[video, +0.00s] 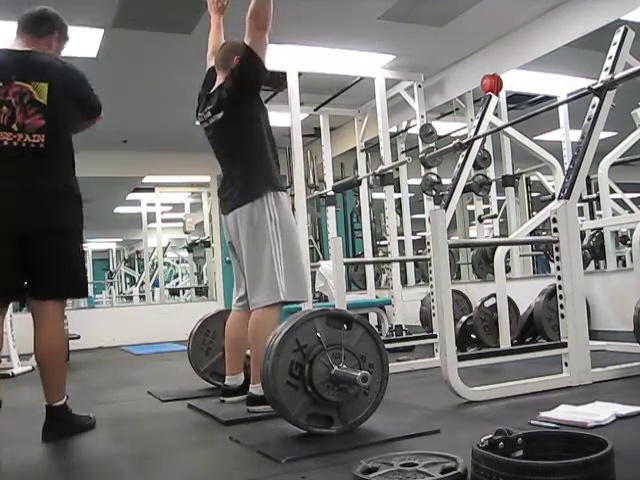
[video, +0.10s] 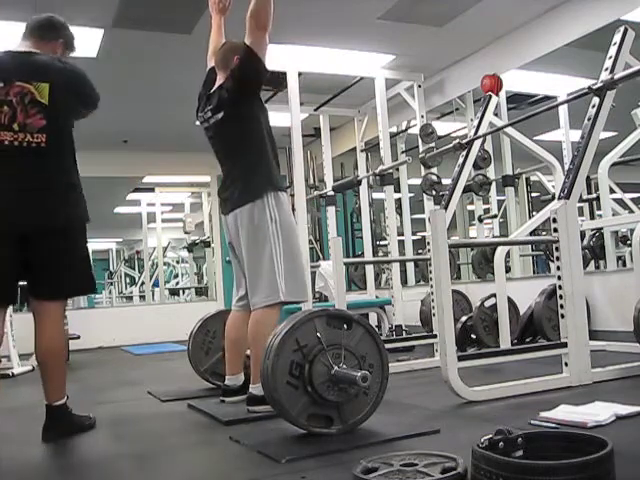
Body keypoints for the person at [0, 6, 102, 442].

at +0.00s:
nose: (62, 52)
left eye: (63, 47)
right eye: (64, 45)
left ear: (20, 34)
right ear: (55, 39)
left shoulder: (0, 64)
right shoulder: (64, 74)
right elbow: (90, 114)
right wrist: (49, 124)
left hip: (0, 212)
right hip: (49, 212)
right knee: (48, 310)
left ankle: (58, 411)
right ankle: (57, 413)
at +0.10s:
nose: (65, 57)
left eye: (65, 52)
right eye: (67, 51)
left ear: (26, 37)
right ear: (60, 44)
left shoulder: (0, 63)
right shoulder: (65, 75)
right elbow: (88, 102)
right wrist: (58, 66)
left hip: (1, 213)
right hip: (50, 213)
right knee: (49, 312)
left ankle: (58, 411)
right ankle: (57, 413)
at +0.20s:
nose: (65, 62)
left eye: (64, 57)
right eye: (66, 56)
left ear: (28, 42)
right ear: (58, 49)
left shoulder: (2, 64)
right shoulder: (64, 77)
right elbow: (87, 92)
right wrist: (58, 66)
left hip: (2, 213)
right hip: (50, 213)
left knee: (2, 309)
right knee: (48, 311)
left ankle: (58, 412)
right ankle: (57, 413)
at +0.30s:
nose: (60, 64)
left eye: (60, 59)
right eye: (62, 58)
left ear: (23, 45)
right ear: (53, 51)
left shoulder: (2, 66)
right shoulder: (58, 77)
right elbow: (83, 89)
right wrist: (50, 68)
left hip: (2, 214)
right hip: (45, 213)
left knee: (3, 308)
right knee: (47, 310)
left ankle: (57, 411)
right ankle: (57, 413)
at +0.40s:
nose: (55, 67)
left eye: (55, 62)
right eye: (55, 61)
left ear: (16, 48)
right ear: (43, 53)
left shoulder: (5, 75)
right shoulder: (34, 78)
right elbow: (75, 85)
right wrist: (45, 69)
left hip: (6, 217)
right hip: (37, 215)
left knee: (4, 310)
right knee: (46, 310)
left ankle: (57, 410)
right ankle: (57, 412)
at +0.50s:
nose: (41, 67)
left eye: (43, 62)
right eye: (43, 62)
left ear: (7, 49)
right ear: (31, 53)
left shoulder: (11, 80)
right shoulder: (21, 79)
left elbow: (67, 82)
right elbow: (69, 82)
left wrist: (34, 68)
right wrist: (41, 65)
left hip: (19, 217)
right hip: (29, 217)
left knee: (40, 312)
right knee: (42, 310)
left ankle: (57, 410)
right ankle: (56, 412)